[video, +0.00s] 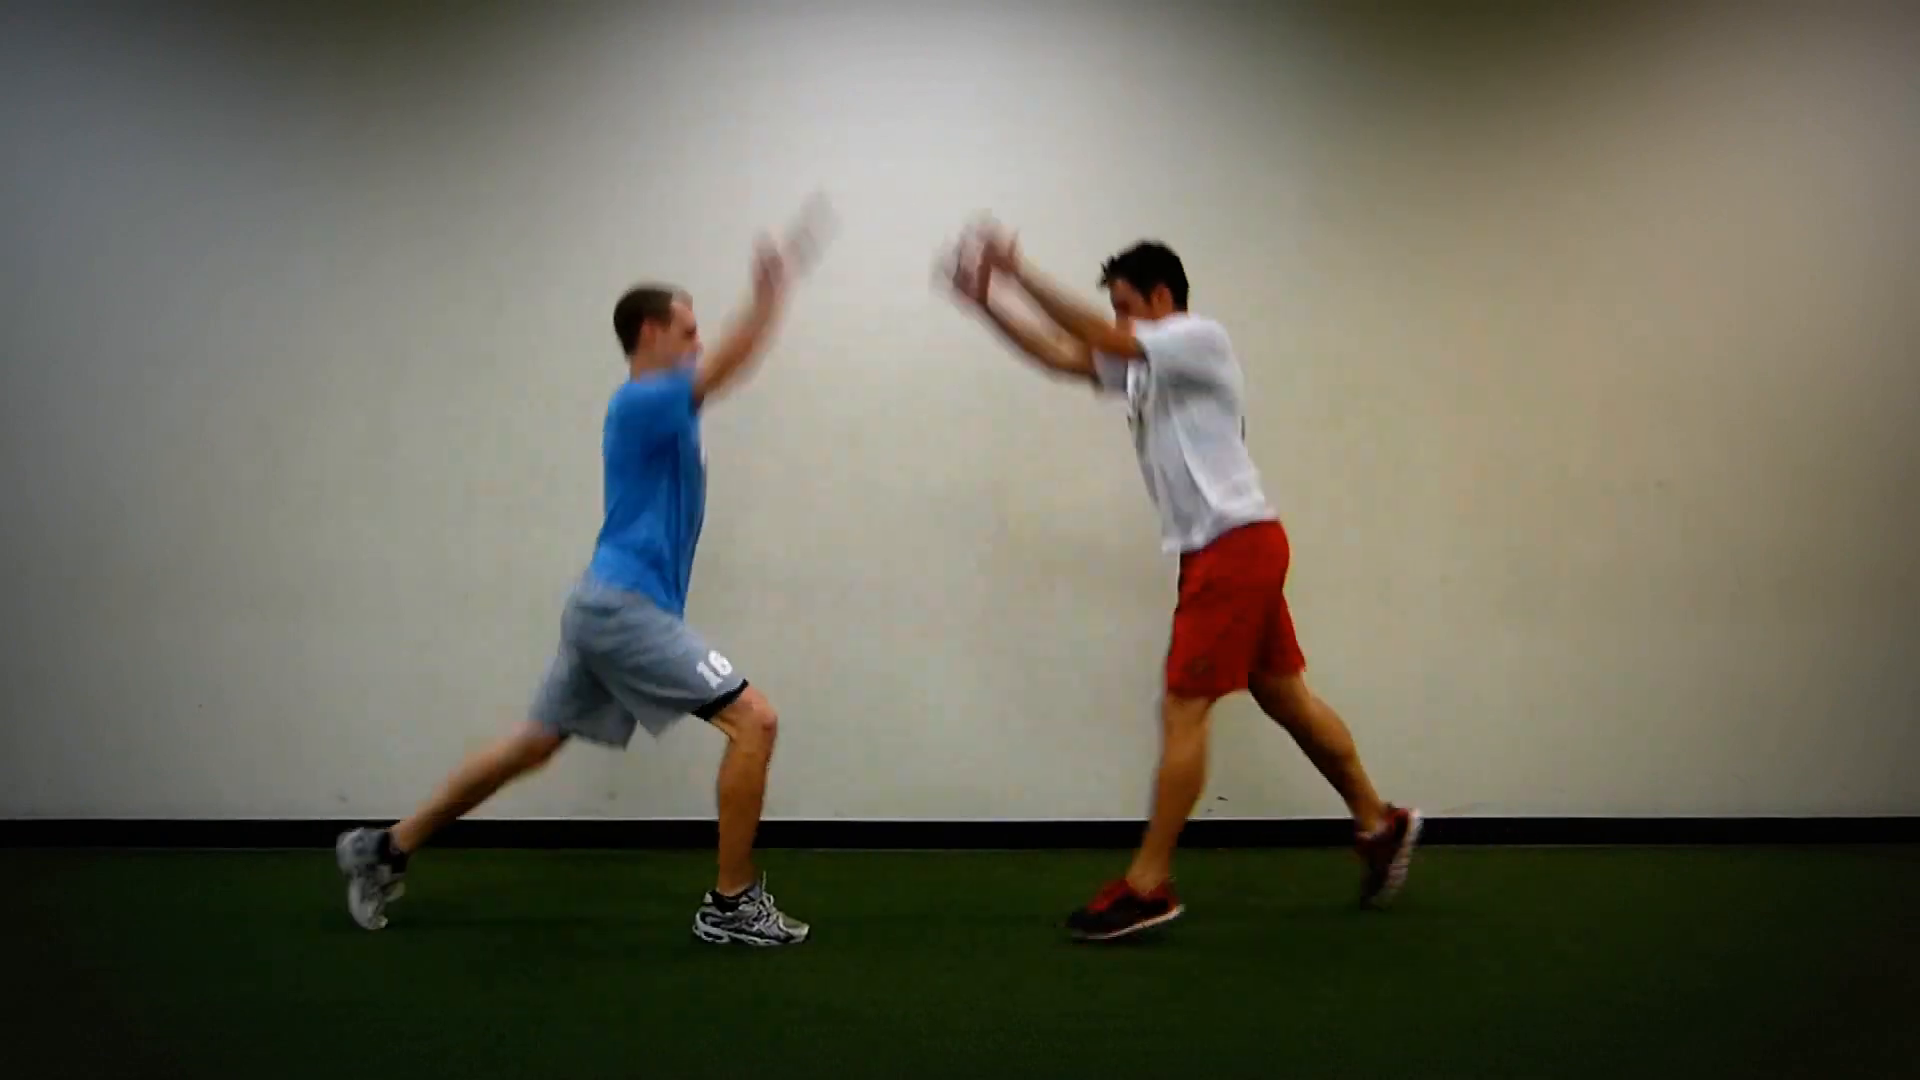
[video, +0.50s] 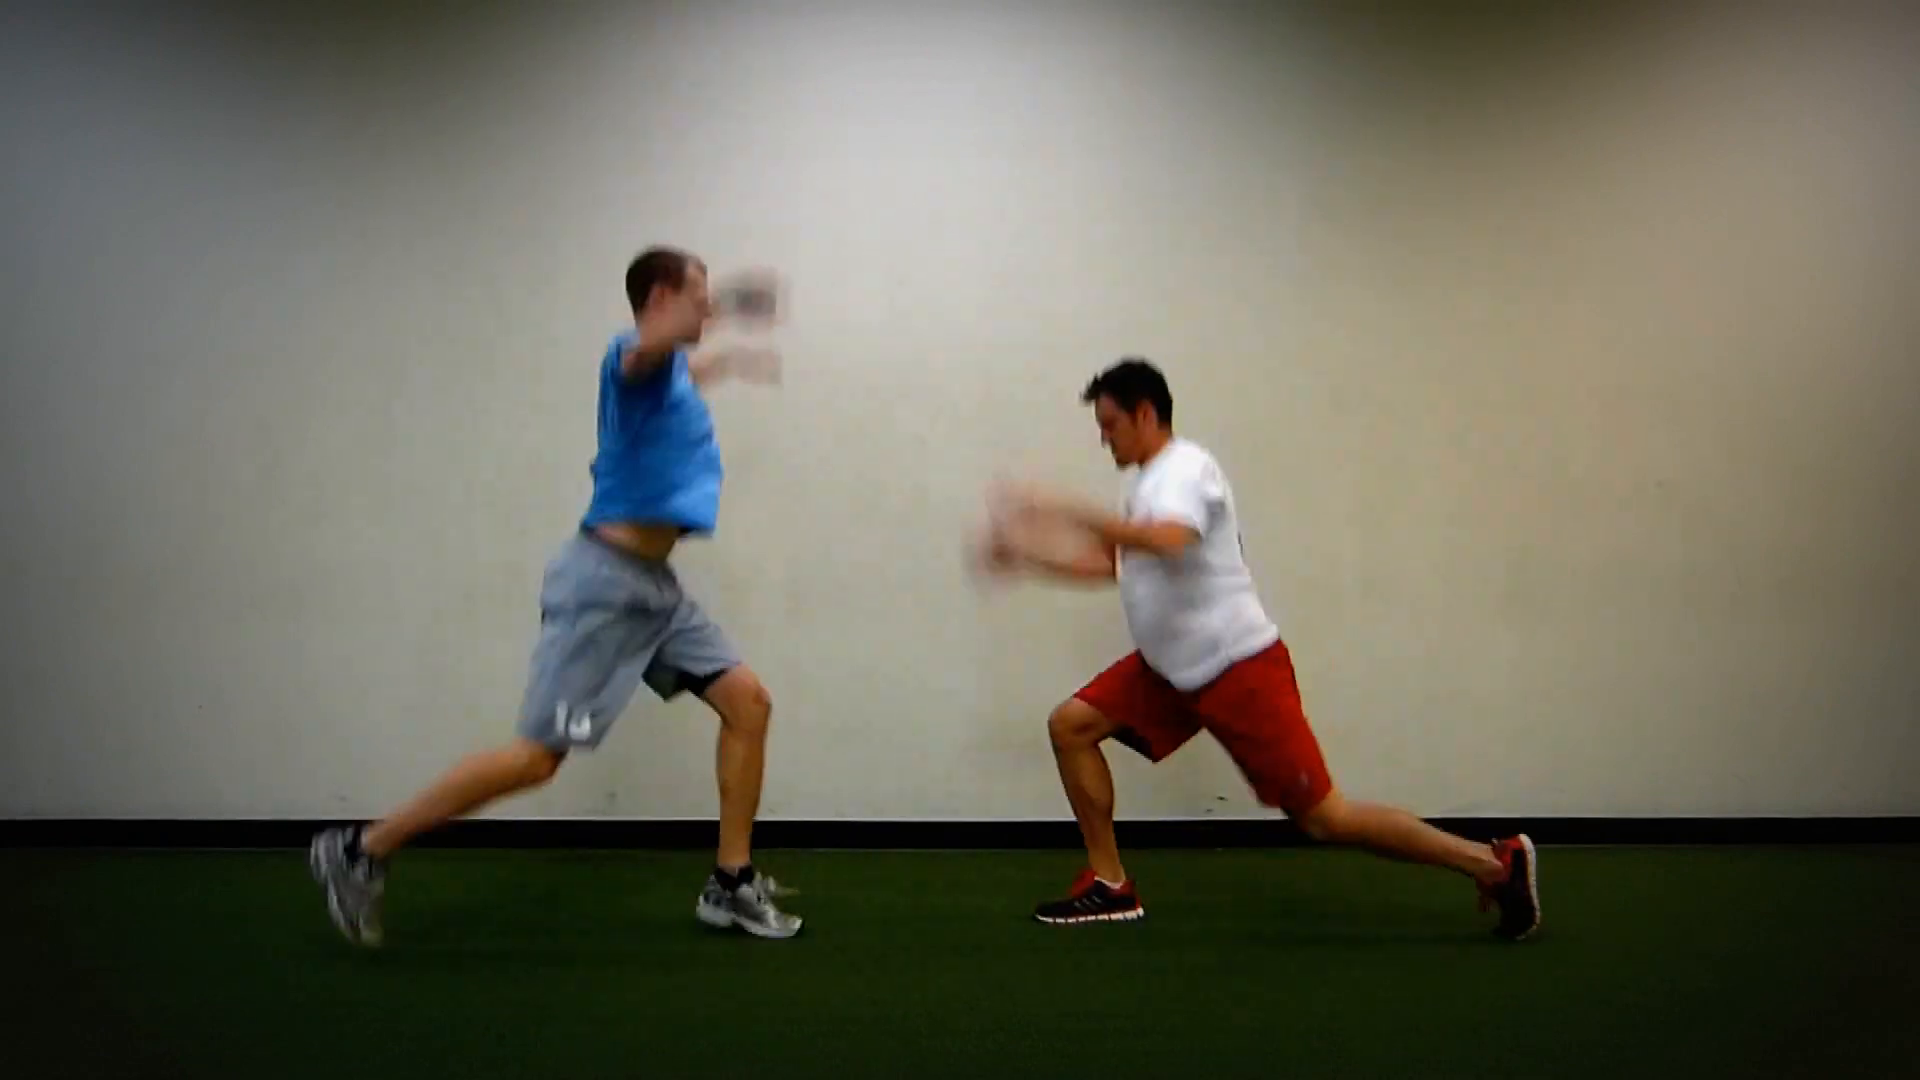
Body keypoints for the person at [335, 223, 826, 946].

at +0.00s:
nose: (697, 340)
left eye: (694, 329)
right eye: (688, 329)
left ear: (648, 334)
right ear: (653, 331)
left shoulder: (653, 402)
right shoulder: (648, 399)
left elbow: (726, 367)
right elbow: (721, 362)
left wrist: (770, 301)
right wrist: (766, 298)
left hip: (606, 606)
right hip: (625, 609)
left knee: (533, 745)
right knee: (753, 722)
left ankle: (387, 848)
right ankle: (734, 900)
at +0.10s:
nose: (711, 248)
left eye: (709, 235)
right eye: (697, 235)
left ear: (689, 251)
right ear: (664, 246)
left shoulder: (676, 314)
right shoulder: (649, 305)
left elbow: (690, 205)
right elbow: (680, 197)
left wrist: (697, 106)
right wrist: (691, 88)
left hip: (627, 523)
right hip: (629, 527)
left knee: (552, 669)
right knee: (658, 701)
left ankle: (451, 819)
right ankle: (695, 880)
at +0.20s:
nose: (717, 211)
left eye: (716, 201)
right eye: (707, 201)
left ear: (693, 205)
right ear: (674, 199)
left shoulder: (684, 265)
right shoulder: (648, 249)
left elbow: (665, 134)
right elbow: (659, 130)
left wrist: (656, 49)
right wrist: (651, 38)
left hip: (644, 477)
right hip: (631, 473)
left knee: (593, 650)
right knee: (619, 659)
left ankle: (529, 815)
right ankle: (562, 832)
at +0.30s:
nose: (709, 209)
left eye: (712, 199)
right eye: (699, 196)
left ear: (697, 207)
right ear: (665, 191)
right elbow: (658, 133)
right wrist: (673, 23)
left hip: (657, 479)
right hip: (623, 468)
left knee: (658, 655)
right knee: (595, 656)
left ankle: (618, 828)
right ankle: (444, 774)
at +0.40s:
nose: (699, 237)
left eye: (703, 228)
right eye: (689, 225)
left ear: (698, 244)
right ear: (659, 227)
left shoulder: (673, 300)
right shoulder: (637, 285)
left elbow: (681, 239)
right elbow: (652, 202)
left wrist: (703, 191)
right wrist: (709, 95)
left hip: (655, 514)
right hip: (612, 502)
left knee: (711, 671)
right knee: (555, 687)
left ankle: (698, 848)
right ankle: (385, 785)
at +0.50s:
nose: (706, 307)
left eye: (706, 296)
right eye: (698, 295)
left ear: (664, 298)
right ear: (662, 297)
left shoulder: (670, 370)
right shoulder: (631, 358)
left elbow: (689, 376)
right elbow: (647, 354)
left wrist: (727, 361)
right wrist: (710, 312)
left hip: (653, 583)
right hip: (604, 579)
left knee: (747, 705)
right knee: (535, 760)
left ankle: (733, 883)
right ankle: (362, 850)